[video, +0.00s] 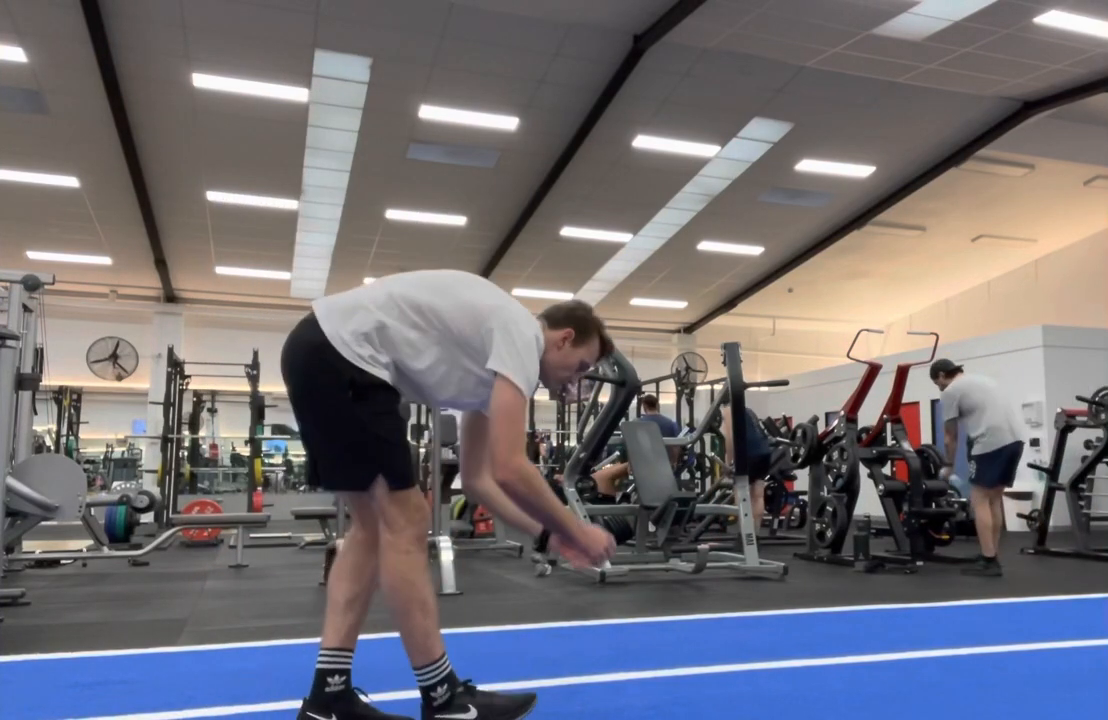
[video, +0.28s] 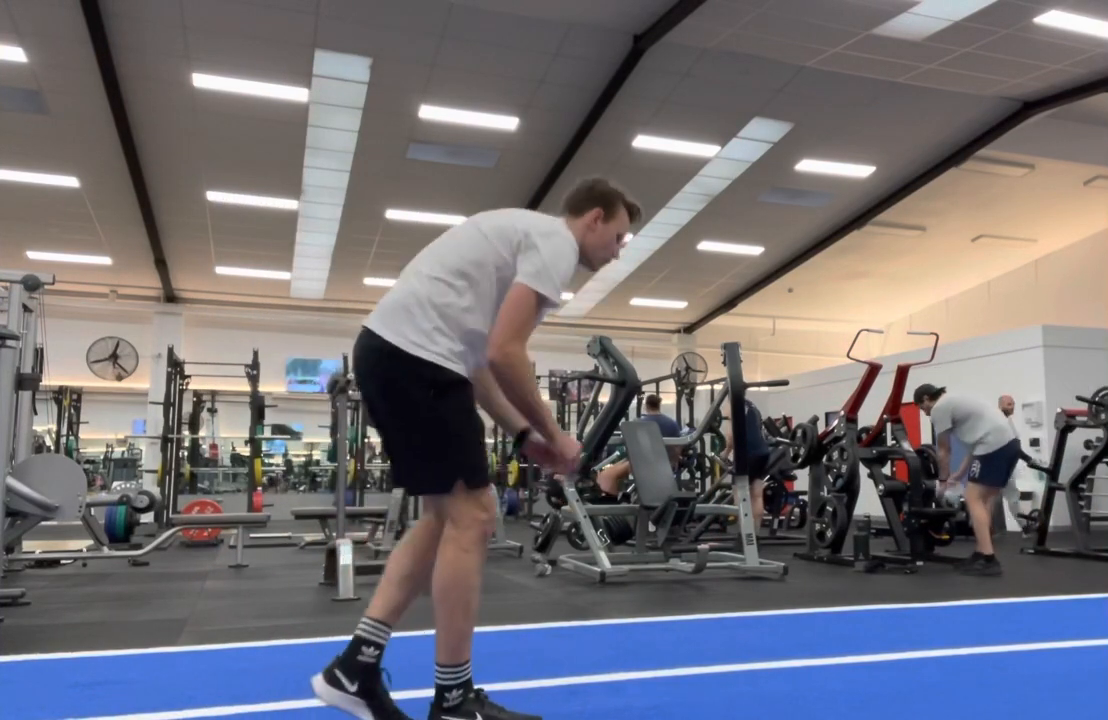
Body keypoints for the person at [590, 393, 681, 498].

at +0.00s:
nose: (643, 409)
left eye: (642, 407)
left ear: (644, 407)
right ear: (658, 406)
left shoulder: (639, 422)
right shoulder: (671, 424)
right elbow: (675, 446)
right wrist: (674, 462)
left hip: (645, 464)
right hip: (667, 465)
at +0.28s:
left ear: (646, 406)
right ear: (659, 406)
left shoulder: (641, 422)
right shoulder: (671, 423)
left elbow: (633, 444)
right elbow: (678, 443)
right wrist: (677, 457)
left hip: (646, 461)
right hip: (668, 462)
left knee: (607, 474)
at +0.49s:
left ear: (648, 407)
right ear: (661, 406)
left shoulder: (645, 422)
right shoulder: (672, 423)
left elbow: (639, 446)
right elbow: (678, 442)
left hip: (652, 460)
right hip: (671, 460)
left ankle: (613, 473)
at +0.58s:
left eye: (649, 406)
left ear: (649, 407)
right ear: (662, 406)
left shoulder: (647, 422)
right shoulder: (673, 423)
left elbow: (641, 445)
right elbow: (680, 444)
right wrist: (679, 458)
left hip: (653, 461)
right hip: (672, 463)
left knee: (610, 473)